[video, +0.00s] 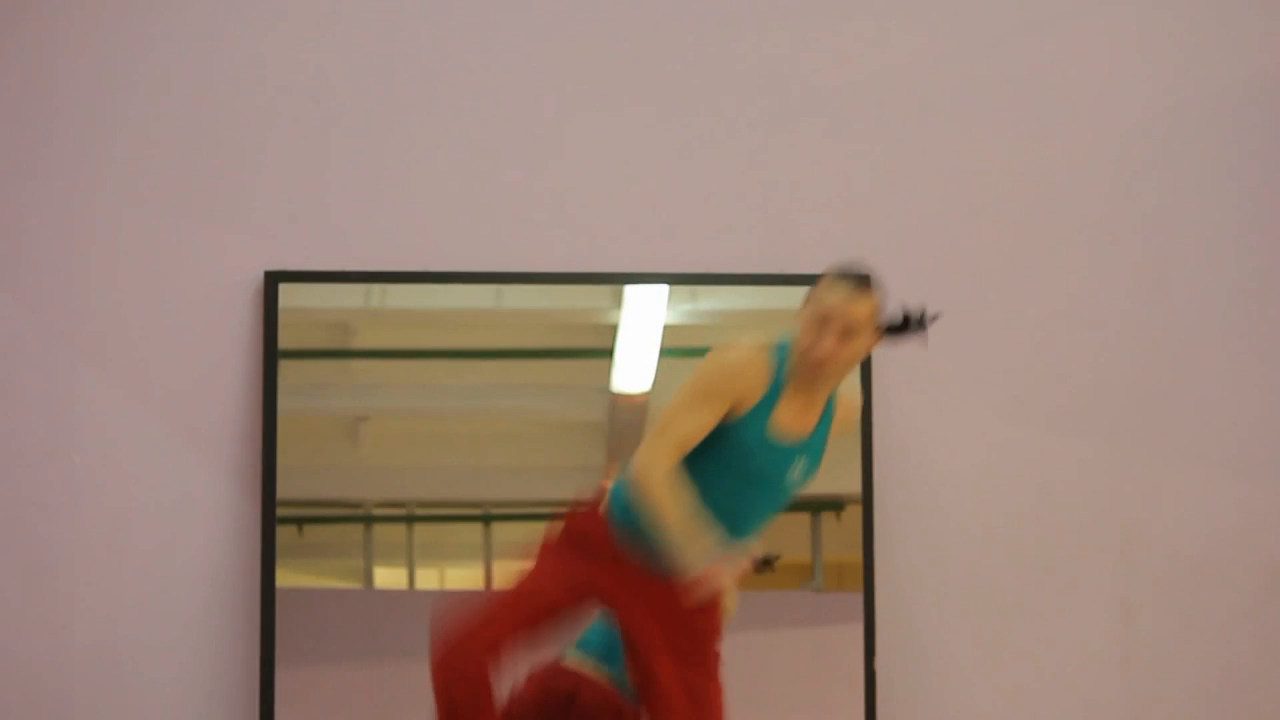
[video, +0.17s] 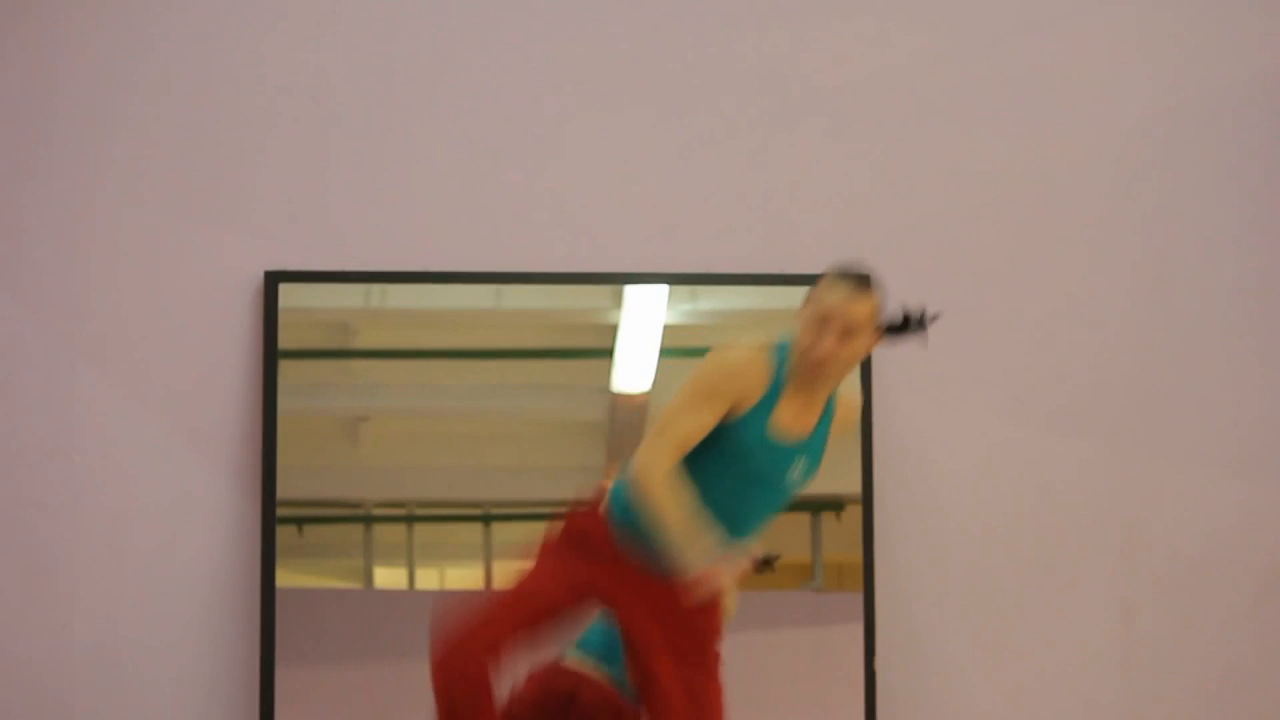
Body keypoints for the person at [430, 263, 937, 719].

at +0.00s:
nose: (826, 344)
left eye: (847, 333)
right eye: (820, 322)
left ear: (870, 345)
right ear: (800, 316)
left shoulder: (840, 406)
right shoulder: (741, 368)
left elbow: (759, 487)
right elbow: (648, 468)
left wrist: (731, 563)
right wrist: (704, 555)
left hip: (686, 588)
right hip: (606, 545)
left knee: (693, 713)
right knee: (461, 644)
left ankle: (564, 690)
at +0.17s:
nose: (826, 344)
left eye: (847, 333)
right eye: (820, 322)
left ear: (870, 345)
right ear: (799, 316)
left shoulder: (840, 406)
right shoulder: (741, 368)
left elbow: (759, 488)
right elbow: (648, 469)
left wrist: (730, 562)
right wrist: (704, 554)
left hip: (686, 588)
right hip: (606, 545)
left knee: (693, 712)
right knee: (461, 645)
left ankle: (566, 690)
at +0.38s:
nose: (796, 368)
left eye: (816, 356)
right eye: (787, 350)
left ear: (844, 366)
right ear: (770, 348)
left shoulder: (824, 448)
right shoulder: (708, 402)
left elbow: (747, 529)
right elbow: (621, 498)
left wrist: (775, 605)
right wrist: (648, 594)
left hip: (678, 626)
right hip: (589, 597)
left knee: (711, 712)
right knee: (521, 710)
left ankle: (602, 698)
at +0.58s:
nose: (757, 383)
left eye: (779, 372)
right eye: (753, 365)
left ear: (816, 381)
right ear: (742, 364)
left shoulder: (804, 482)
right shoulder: (674, 427)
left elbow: (799, 569)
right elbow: (593, 524)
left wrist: (832, 659)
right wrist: (595, 629)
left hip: (678, 656)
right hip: (586, 636)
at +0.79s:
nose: (729, 390)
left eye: (749, 377)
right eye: (723, 373)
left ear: (785, 386)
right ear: (711, 375)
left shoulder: (791, 494)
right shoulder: (644, 439)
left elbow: (801, 597)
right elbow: (571, 534)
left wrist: (859, 658)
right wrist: (563, 628)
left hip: (680, 683)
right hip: (586, 666)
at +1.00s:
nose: (703, 386)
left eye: (723, 373)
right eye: (694, 368)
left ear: (759, 381)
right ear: (683, 371)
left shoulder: (782, 488)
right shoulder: (624, 439)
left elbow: (795, 606)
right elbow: (562, 534)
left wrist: (851, 617)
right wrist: (547, 603)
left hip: (678, 686)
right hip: (577, 664)